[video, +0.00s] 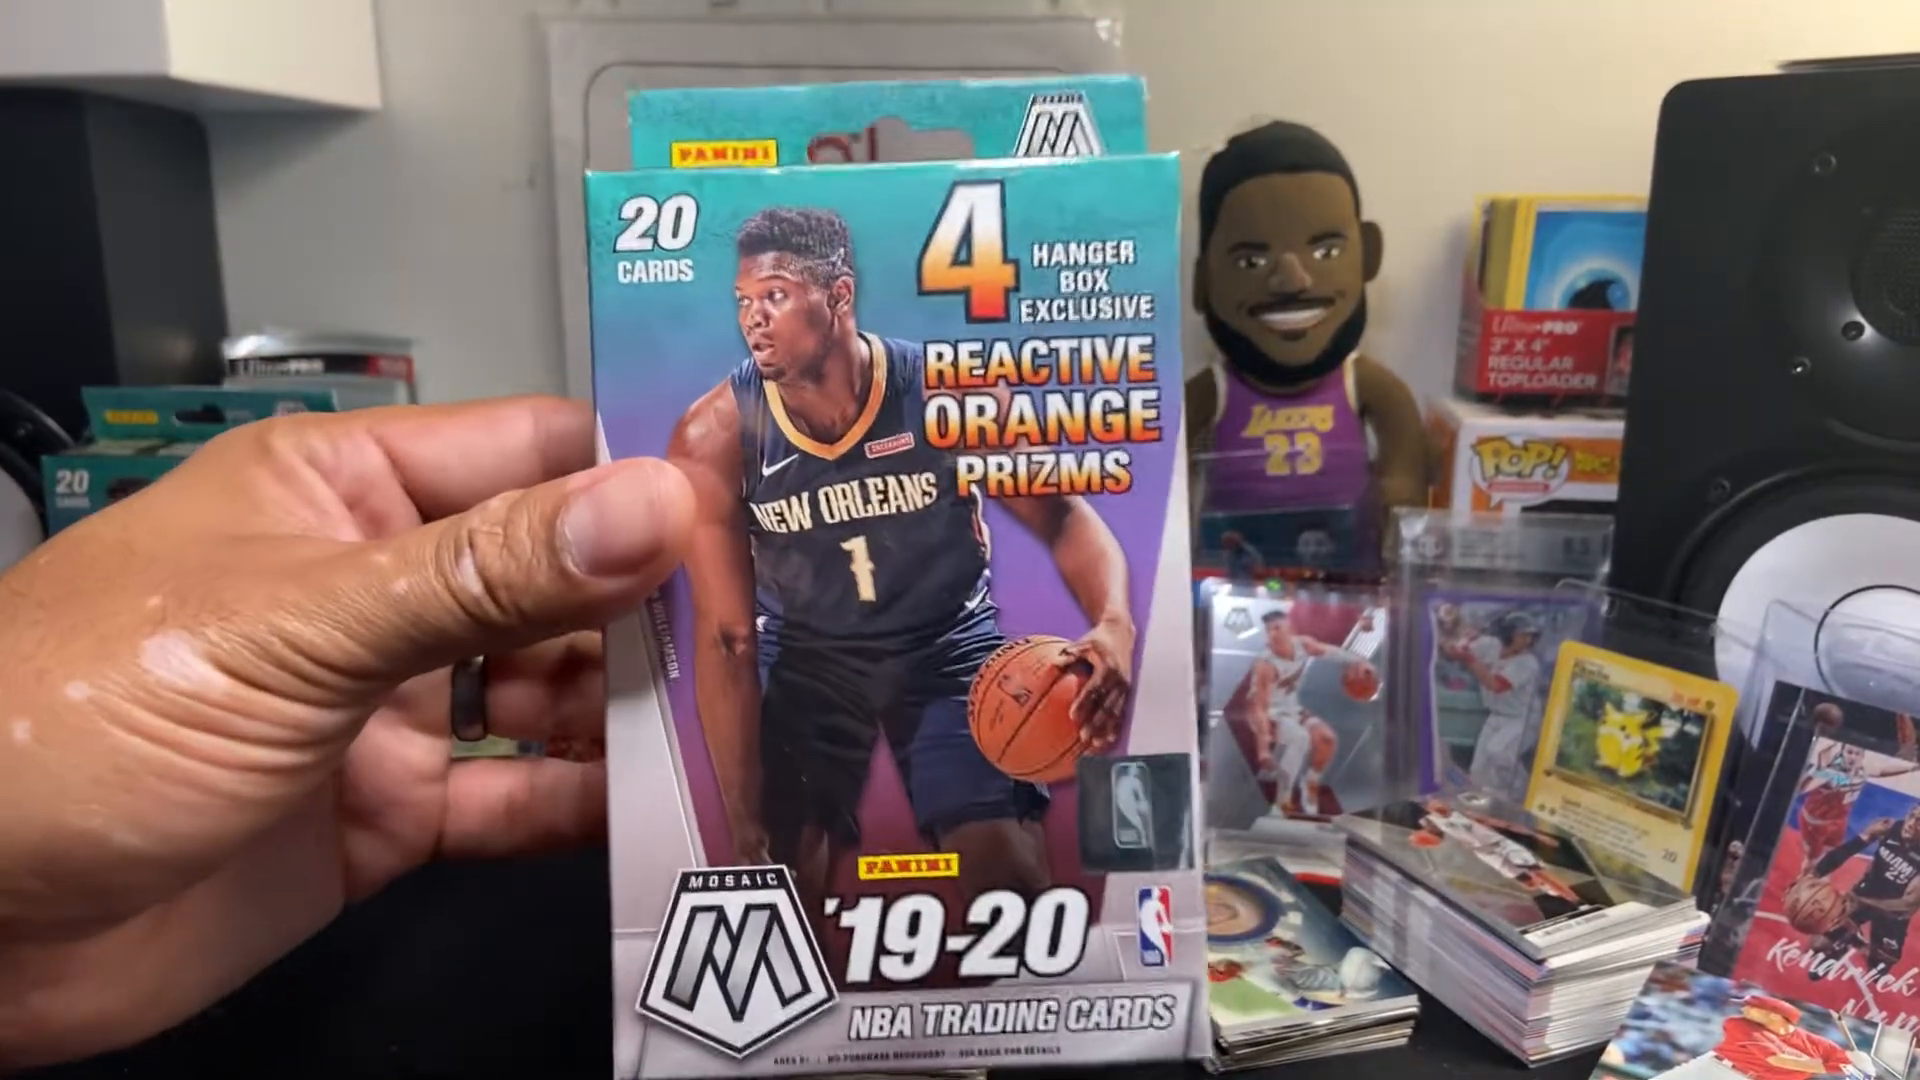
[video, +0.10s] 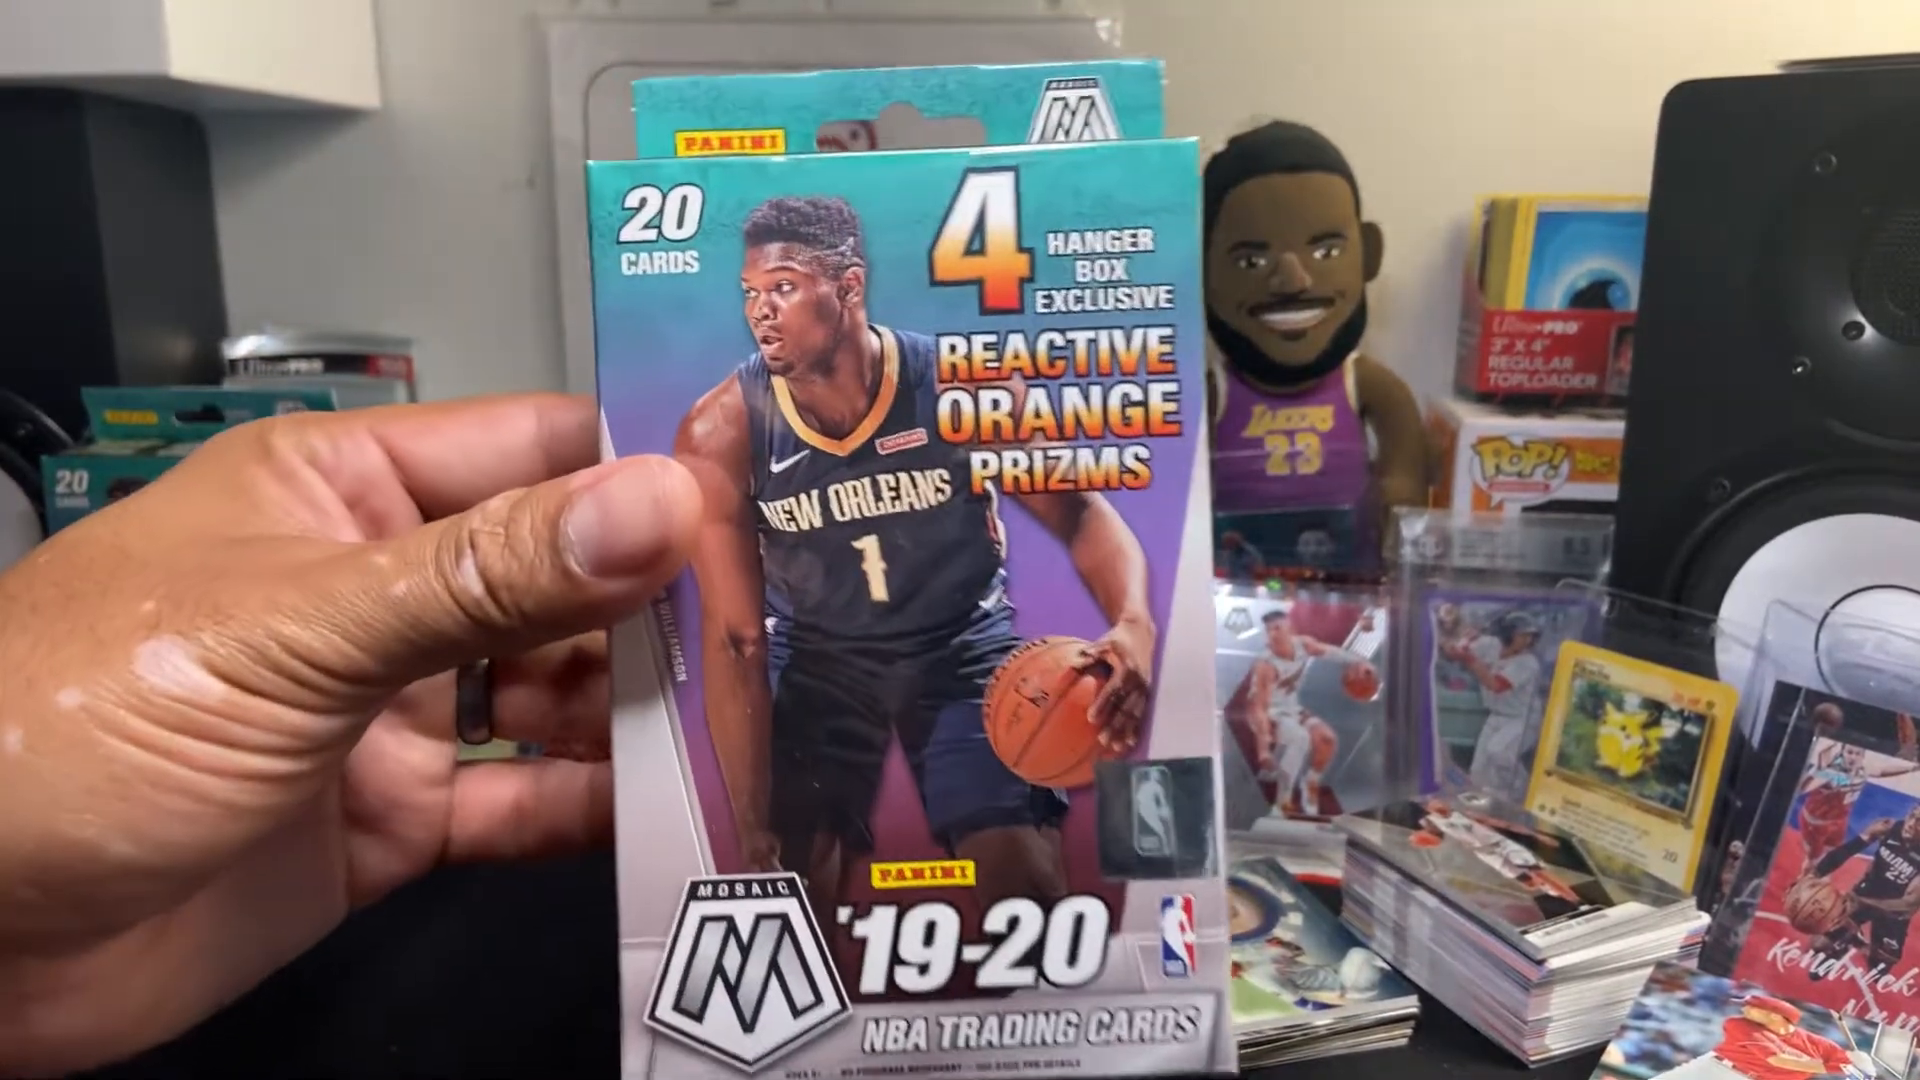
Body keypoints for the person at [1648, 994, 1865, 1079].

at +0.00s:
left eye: (1761, 1011)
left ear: (1778, 1018)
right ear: (1765, 1016)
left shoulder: (1792, 1037)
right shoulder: (1746, 1033)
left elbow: (1825, 1049)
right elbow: (1779, 1060)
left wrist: (1851, 1060)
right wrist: (1835, 1068)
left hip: (1746, 1075)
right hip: (1716, 1068)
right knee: (1661, 1077)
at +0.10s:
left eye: (1763, 1010)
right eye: (1780, 1017)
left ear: (1779, 1018)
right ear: (1765, 1016)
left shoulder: (1791, 1036)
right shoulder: (1746, 1033)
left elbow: (1825, 1049)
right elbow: (1779, 1060)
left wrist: (1850, 1060)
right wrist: (1834, 1068)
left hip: (1746, 1075)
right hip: (1716, 1068)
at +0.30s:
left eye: (1759, 1010)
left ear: (1779, 1018)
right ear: (1765, 1016)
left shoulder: (1796, 1037)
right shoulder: (1745, 1033)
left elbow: (1831, 1051)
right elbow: (1779, 1060)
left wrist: (1853, 1063)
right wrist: (1831, 1068)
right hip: (1718, 1068)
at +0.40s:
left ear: (1780, 1020)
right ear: (1768, 1017)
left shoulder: (1797, 1039)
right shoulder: (1746, 1033)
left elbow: (1832, 1053)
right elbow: (1780, 1062)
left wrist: (1854, 1064)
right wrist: (1832, 1069)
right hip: (1720, 1068)